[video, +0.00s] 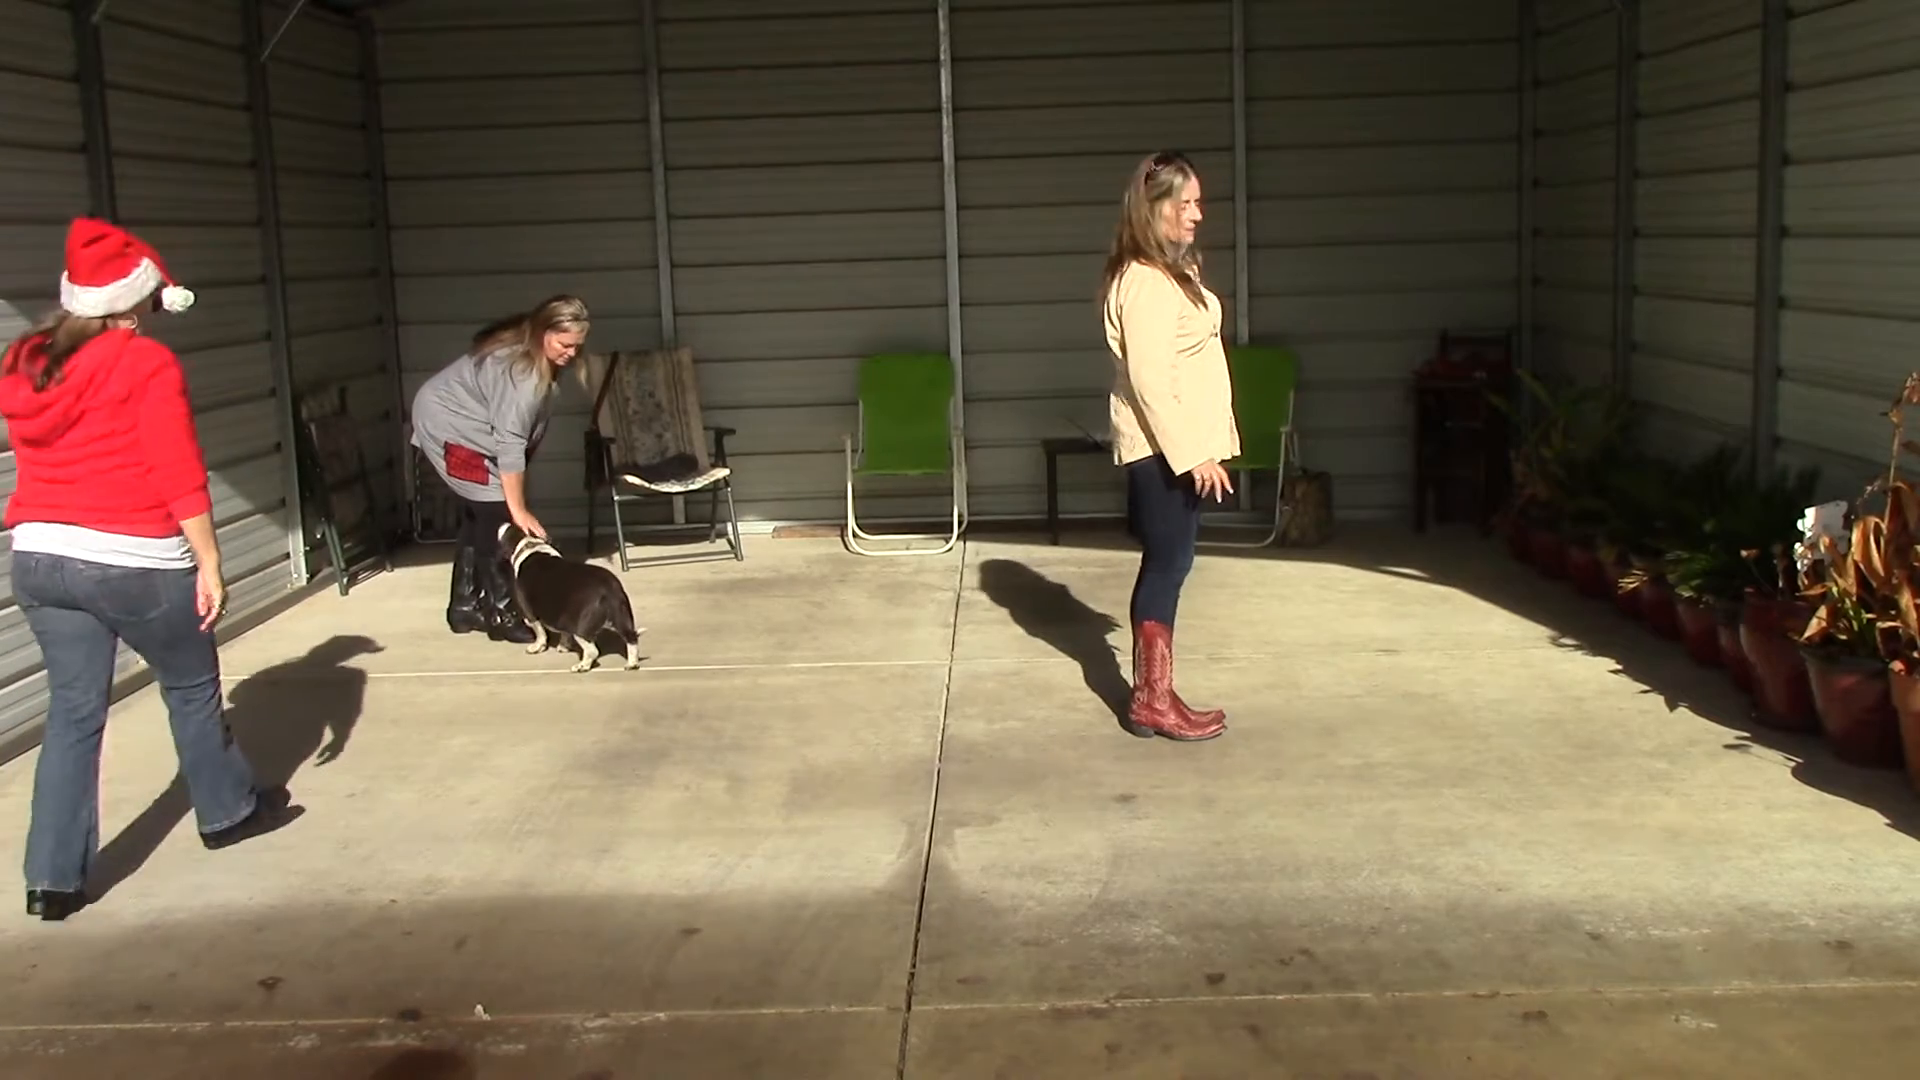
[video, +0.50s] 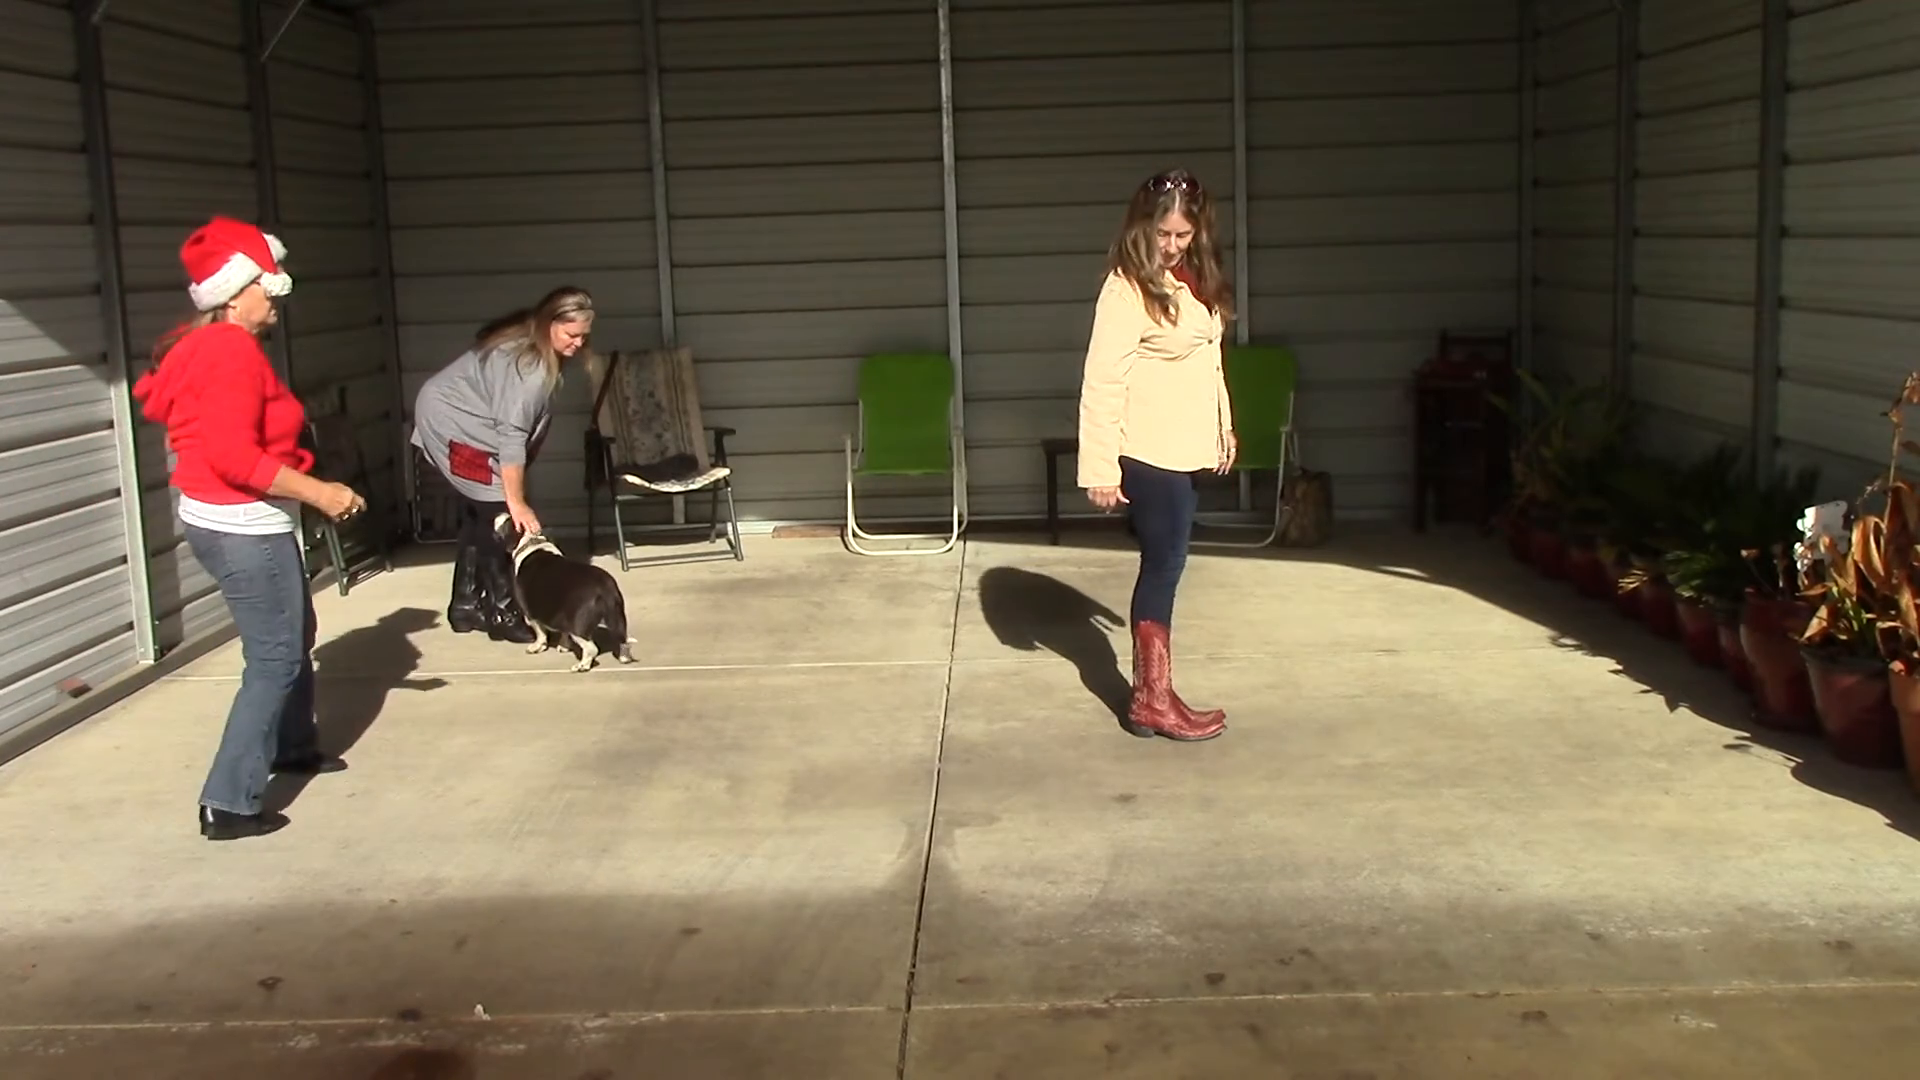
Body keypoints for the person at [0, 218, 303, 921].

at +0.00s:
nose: (154, 314)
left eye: (153, 301)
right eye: (151, 302)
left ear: (74, 297)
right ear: (133, 301)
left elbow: (23, 453)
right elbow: (180, 473)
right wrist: (209, 559)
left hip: (40, 555)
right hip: (135, 559)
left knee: (72, 711)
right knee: (191, 684)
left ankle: (53, 879)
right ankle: (228, 810)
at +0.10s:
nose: (195, 309)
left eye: (194, 298)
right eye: (191, 298)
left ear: (126, 304)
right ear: (167, 304)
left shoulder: (79, 363)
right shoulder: (182, 363)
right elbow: (201, 473)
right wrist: (234, 556)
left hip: (87, 558)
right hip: (172, 555)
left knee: (123, 690)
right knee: (219, 680)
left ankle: (69, 817)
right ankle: (230, 815)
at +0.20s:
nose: (222, 309)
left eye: (222, 297)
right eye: (218, 296)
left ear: (160, 302)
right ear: (187, 301)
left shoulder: (116, 361)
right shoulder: (203, 359)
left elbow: (112, 460)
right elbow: (221, 463)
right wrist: (266, 545)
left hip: (128, 548)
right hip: (204, 546)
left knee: (187, 662)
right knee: (243, 672)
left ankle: (118, 775)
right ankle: (231, 815)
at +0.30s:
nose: (245, 299)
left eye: (244, 288)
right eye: (240, 288)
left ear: (186, 295)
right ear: (211, 292)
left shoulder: (147, 349)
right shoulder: (219, 353)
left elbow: (143, 448)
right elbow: (234, 460)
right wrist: (293, 531)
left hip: (158, 529)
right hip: (218, 532)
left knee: (234, 648)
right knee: (258, 662)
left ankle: (191, 776)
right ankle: (234, 811)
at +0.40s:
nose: (262, 298)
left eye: (261, 287)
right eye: (255, 286)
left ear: (210, 295)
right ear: (225, 291)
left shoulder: (176, 347)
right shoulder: (227, 350)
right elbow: (235, 455)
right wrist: (311, 510)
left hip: (187, 522)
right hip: (231, 526)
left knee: (270, 644)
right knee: (268, 662)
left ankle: (277, 752)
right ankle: (229, 811)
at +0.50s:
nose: (274, 303)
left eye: (273, 291)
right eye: (267, 292)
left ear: (230, 297)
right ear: (236, 297)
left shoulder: (216, 346)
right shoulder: (226, 351)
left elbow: (219, 448)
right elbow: (229, 451)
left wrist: (301, 486)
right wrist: (313, 491)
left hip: (241, 516)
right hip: (240, 522)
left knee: (296, 630)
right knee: (277, 653)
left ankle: (293, 748)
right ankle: (228, 804)